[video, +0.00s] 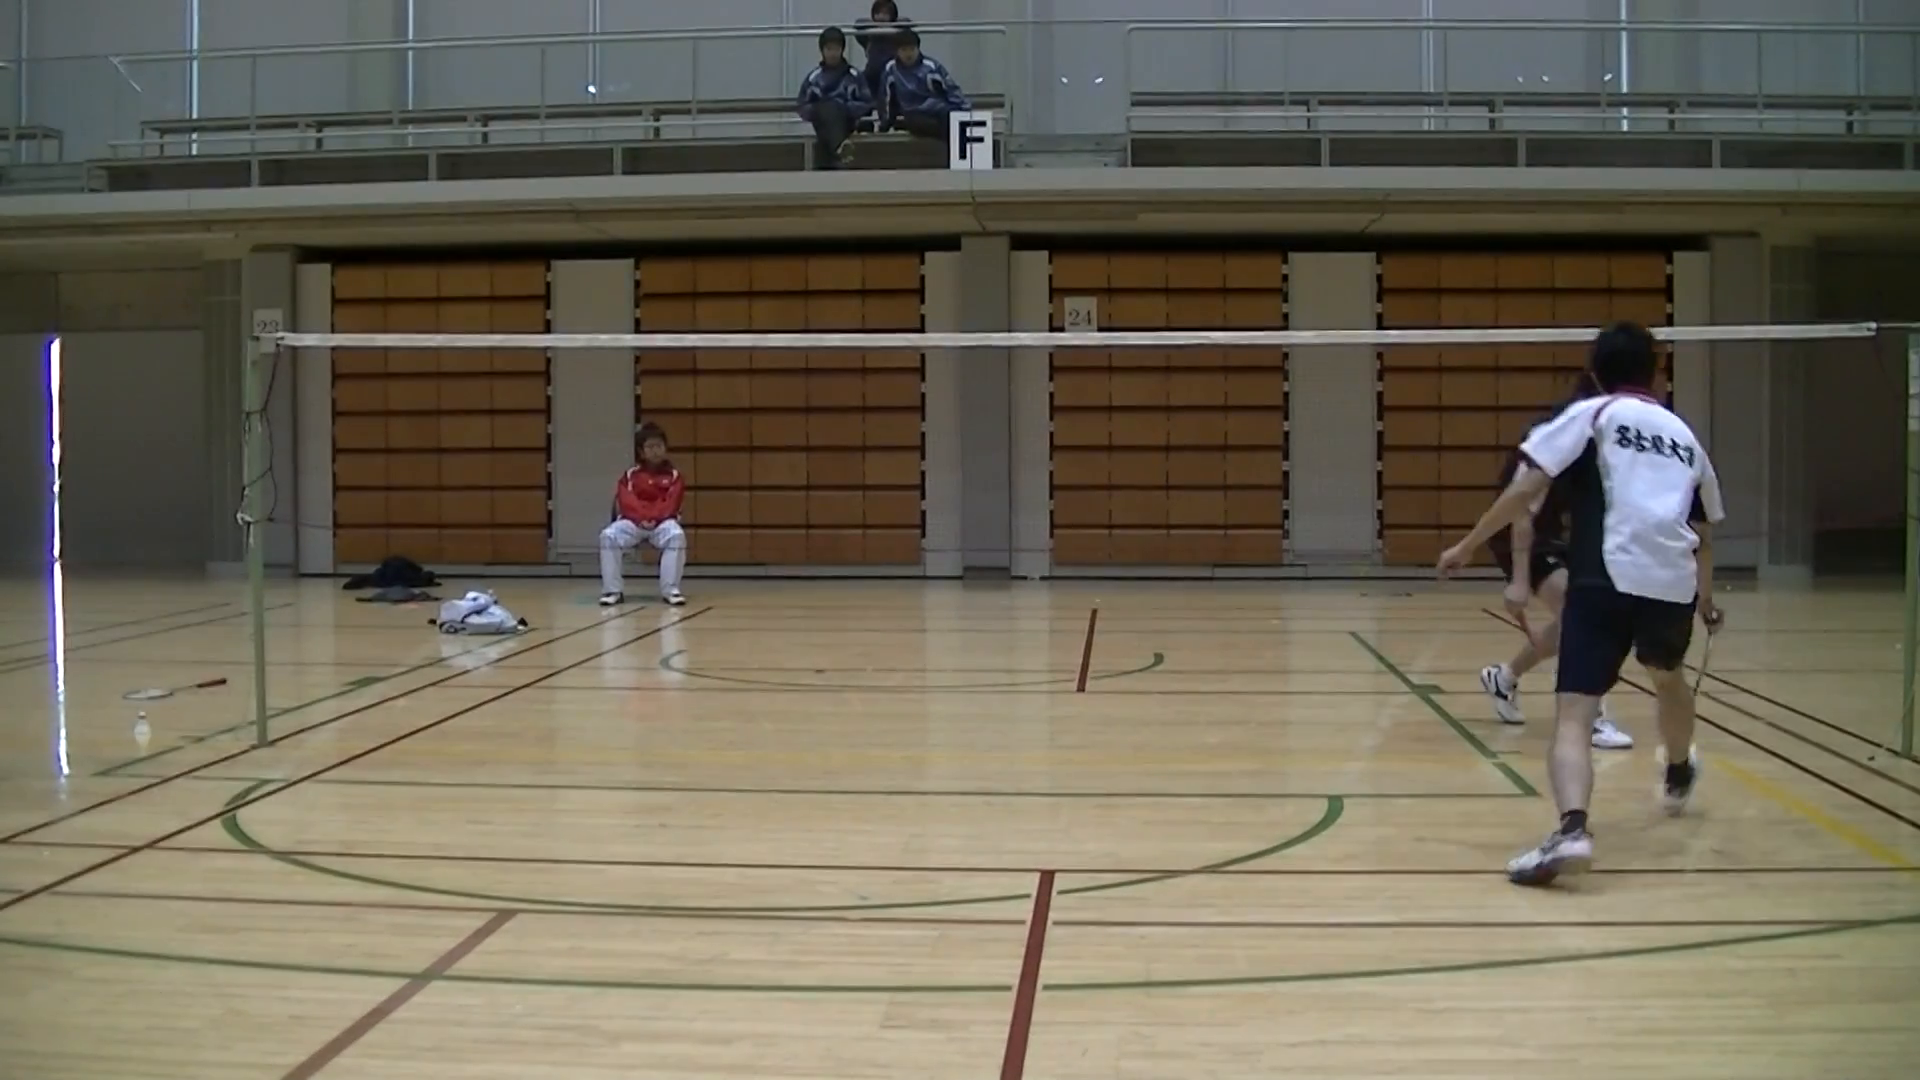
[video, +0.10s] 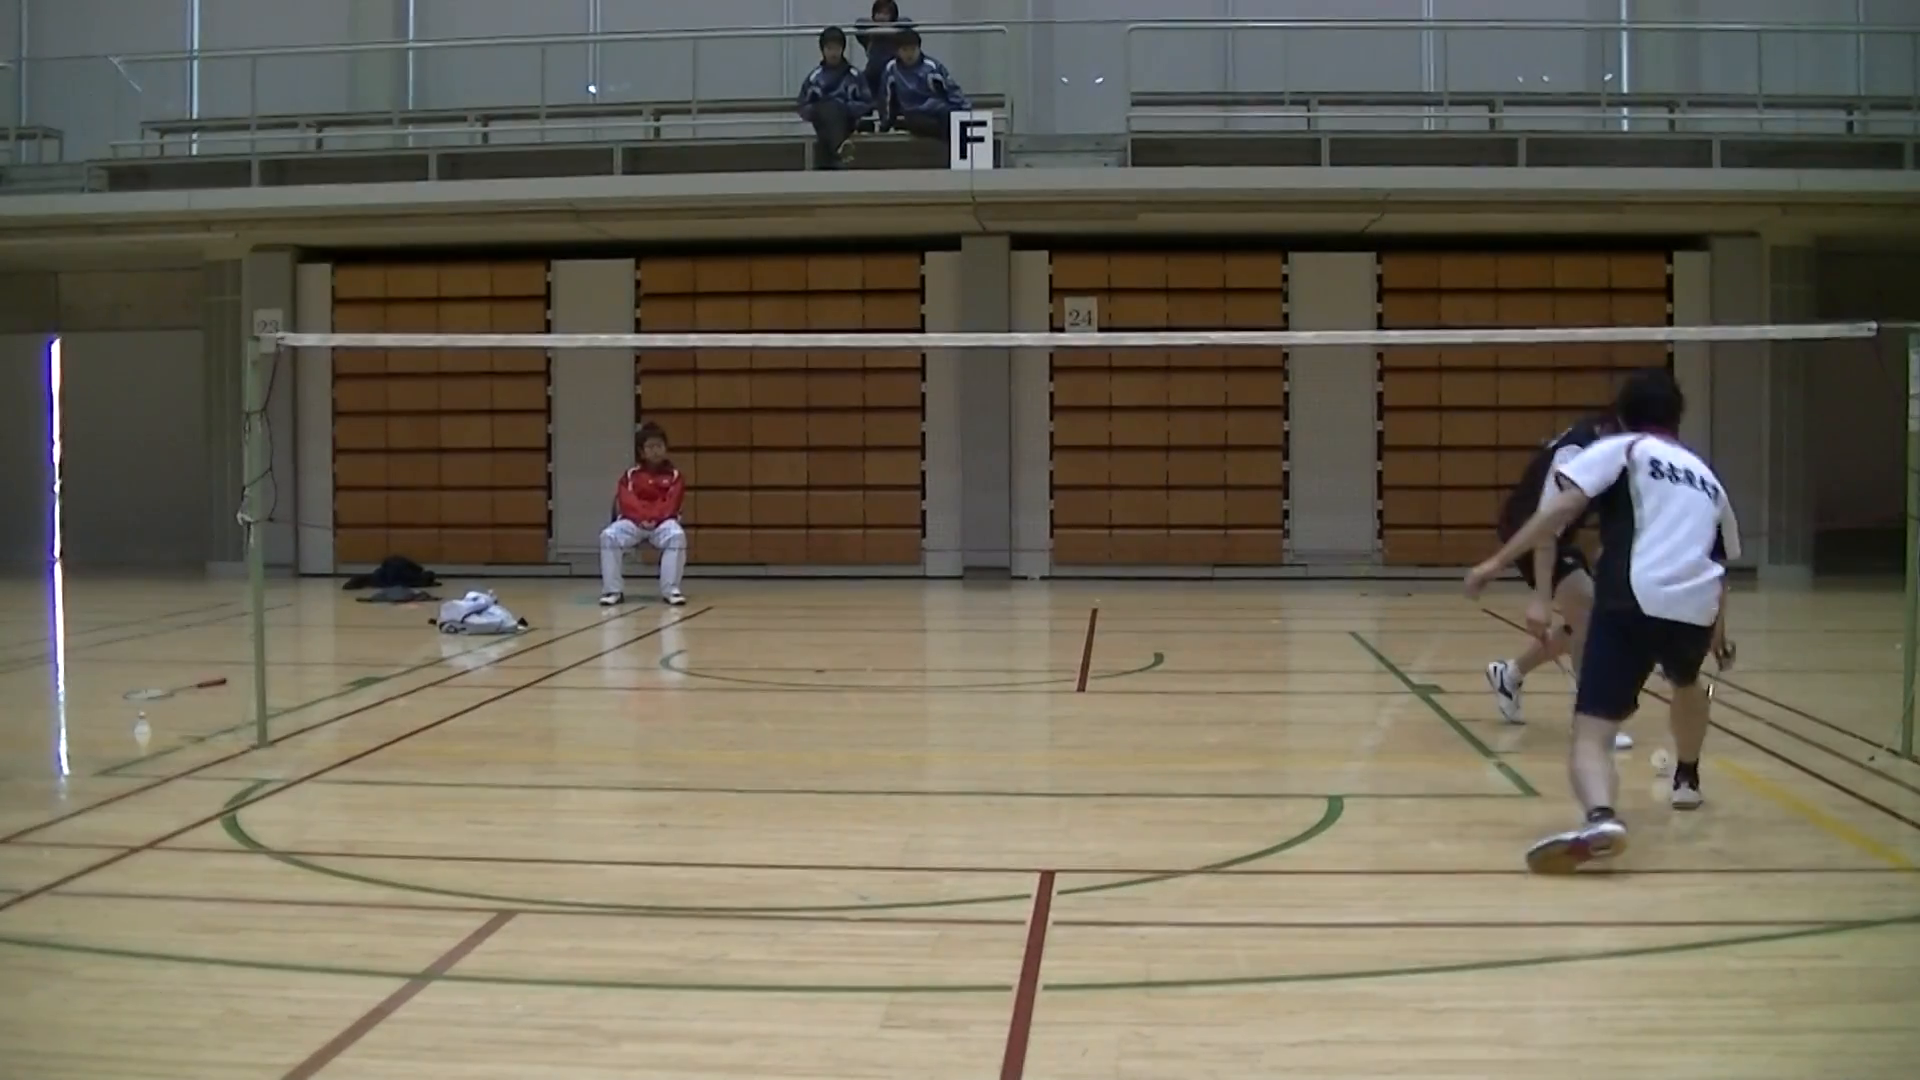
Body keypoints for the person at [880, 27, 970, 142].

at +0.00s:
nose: (908, 54)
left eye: (912, 49)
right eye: (904, 50)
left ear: (918, 50)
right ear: (897, 52)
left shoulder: (932, 66)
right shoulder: (891, 70)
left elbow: (951, 89)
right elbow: (886, 99)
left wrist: (964, 108)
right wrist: (885, 123)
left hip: (941, 110)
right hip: (913, 114)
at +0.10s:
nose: (909, 54)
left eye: (913, 49)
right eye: (904, 50)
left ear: (919, 49)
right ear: (898, 52)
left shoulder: (932, 66)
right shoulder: (891, 69)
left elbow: (951, 89)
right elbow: (887, 98)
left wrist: (964, 108)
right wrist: (886, 123)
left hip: (940, 110)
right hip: (912, 114)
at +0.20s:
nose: (909, 54)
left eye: (913, 49)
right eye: (905, 49)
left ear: (919, 49)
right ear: (898, 51)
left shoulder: (932, 66)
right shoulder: (892, 69)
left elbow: (951, 88)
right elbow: (887, 98)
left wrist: (964, 108)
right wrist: (886, 123)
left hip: (940, 110)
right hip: (912, 114)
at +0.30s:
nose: (909, 54)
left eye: (913, 49)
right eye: (905, 49)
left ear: (919, 49)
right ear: (898, 51)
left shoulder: (932, 66)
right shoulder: (892, 69)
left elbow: (951, 88)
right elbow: (887, 98)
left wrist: (963, 108)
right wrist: (886, 122)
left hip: (940, 110)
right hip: (912, 113)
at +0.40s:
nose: (909, 54)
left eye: (913, 49)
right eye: (905, 49)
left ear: (919, 48)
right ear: (898, 51)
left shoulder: (932, 66)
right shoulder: (892, 69)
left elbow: (951, 88)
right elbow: (887, 97)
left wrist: (964, 108)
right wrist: (886, 123)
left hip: (941, 110)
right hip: (913, 114)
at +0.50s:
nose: (910, 54)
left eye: (913, 49)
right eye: (905, 49)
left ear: (919, 48)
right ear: (898, 51)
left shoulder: (933, 66)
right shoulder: (892, 69)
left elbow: (951, 88)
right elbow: (887, 98)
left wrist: (964, 108)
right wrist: (885, 124)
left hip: (940, 110)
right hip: (914, 115)